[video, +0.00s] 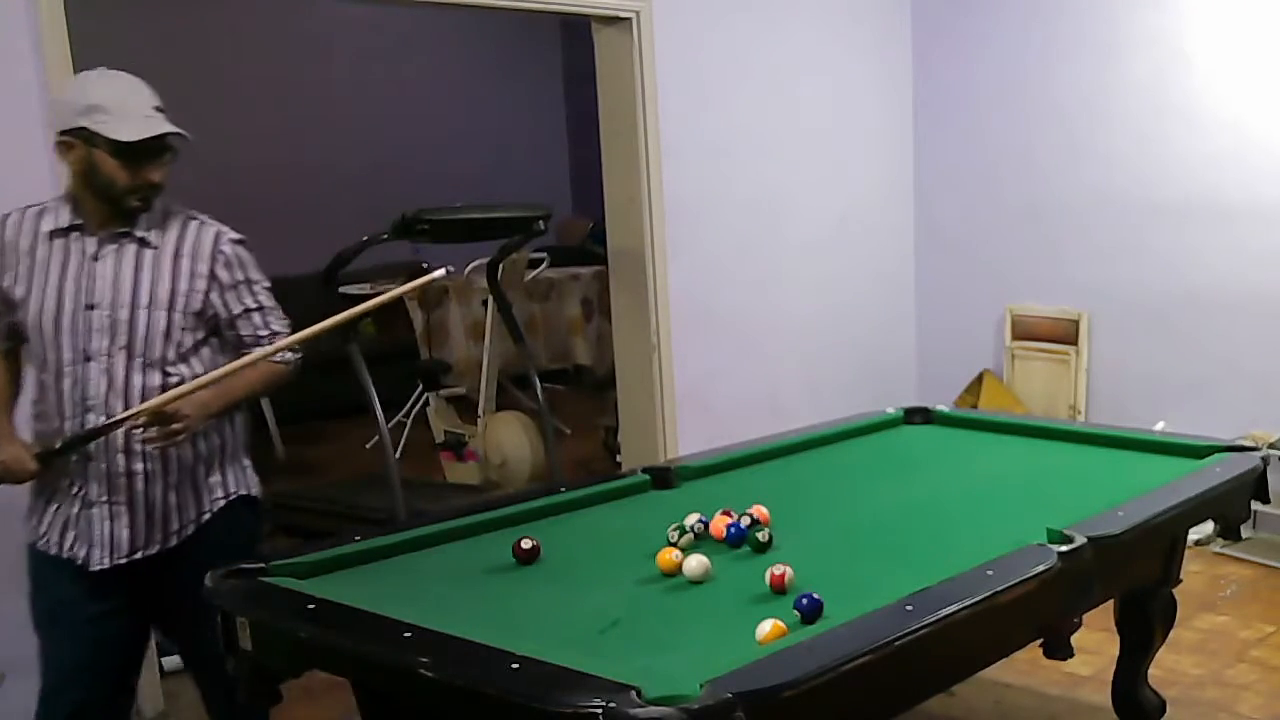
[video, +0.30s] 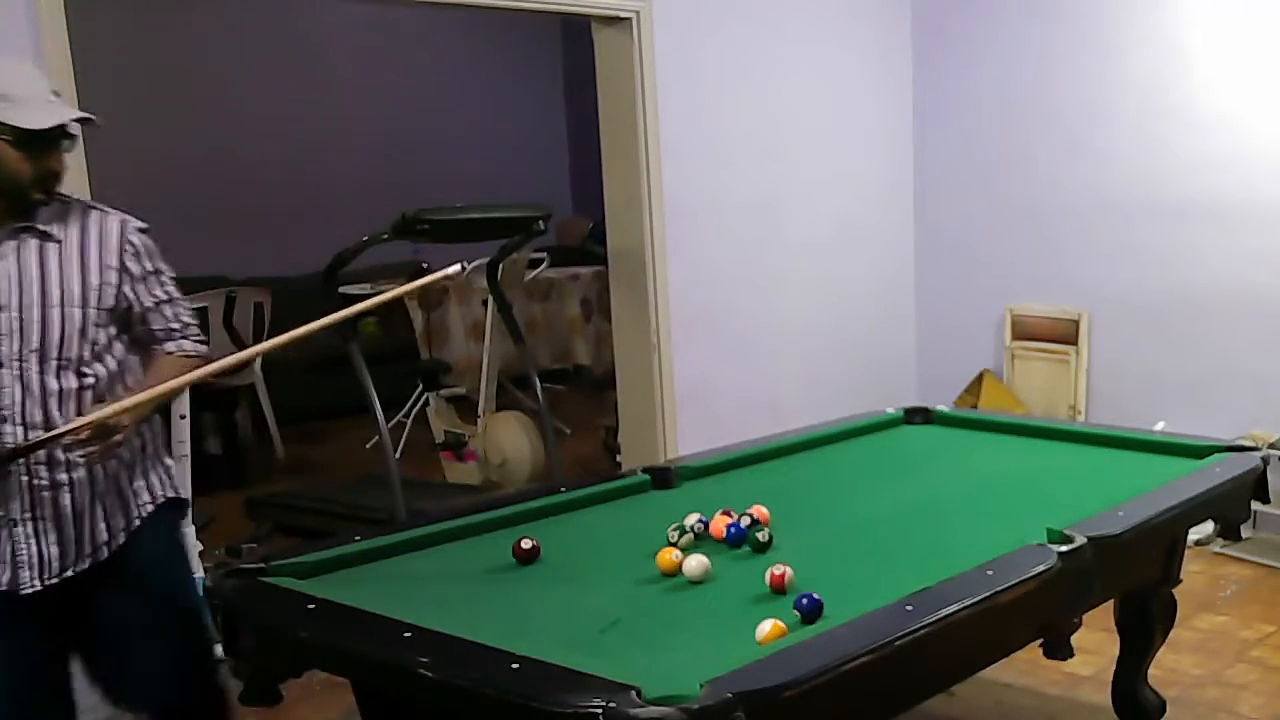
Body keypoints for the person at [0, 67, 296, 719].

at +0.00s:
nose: (153, 173)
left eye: (161, 155)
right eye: (132, 155)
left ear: (174, 152)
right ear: (71, 150)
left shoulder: (207, 247)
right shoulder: (18, 241)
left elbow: (280, 352)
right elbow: (7, 347)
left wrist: (207, 400)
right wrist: (5, 435)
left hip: (202, 528)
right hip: (75, 537)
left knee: (240, 700)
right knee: (76, 706)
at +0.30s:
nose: (55, 161)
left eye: (61, 143)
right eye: (32, 143)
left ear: (69, 141)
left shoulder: (113, 239)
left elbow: (185, 345)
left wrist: (134, 406)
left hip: (122, 535)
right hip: (9, 557)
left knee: (187, 700)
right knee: (26, 710)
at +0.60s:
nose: (15, 156)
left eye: (17, 138)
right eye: (4, 139)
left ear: (22, 142)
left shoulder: (61, 234)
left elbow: (133, 344)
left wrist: (98, 408)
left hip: (87, 525)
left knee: (117, 698)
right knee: (16, 705)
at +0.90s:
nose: (36, 168)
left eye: (37, 152)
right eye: (20, 153)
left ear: (35, 158)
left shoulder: (71, 254)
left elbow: (121, 363)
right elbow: (119, 367)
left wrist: (105, 427)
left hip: (77, 564)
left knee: (95, 705)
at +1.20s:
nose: (86, 167)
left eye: (86, 148)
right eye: (65, 146)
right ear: (2, 142)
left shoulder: (110, 261)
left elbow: (153, 375)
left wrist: (141, 440)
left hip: (98, 589)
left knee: (112, 711)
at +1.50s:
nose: (115, 171)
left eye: (116, 149)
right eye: (96, 149)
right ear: (19, 142)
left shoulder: (132, 262)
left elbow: (172, 388)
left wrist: (164, 446)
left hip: (118, 616)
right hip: (9, 625)